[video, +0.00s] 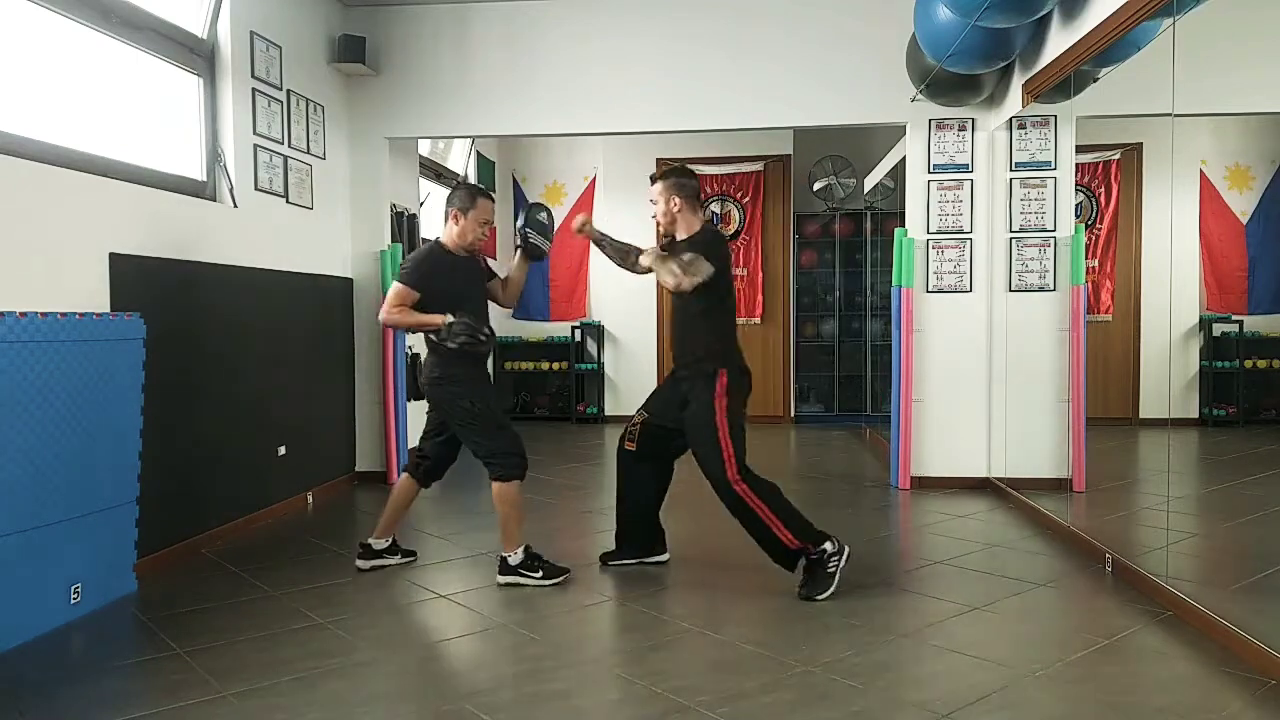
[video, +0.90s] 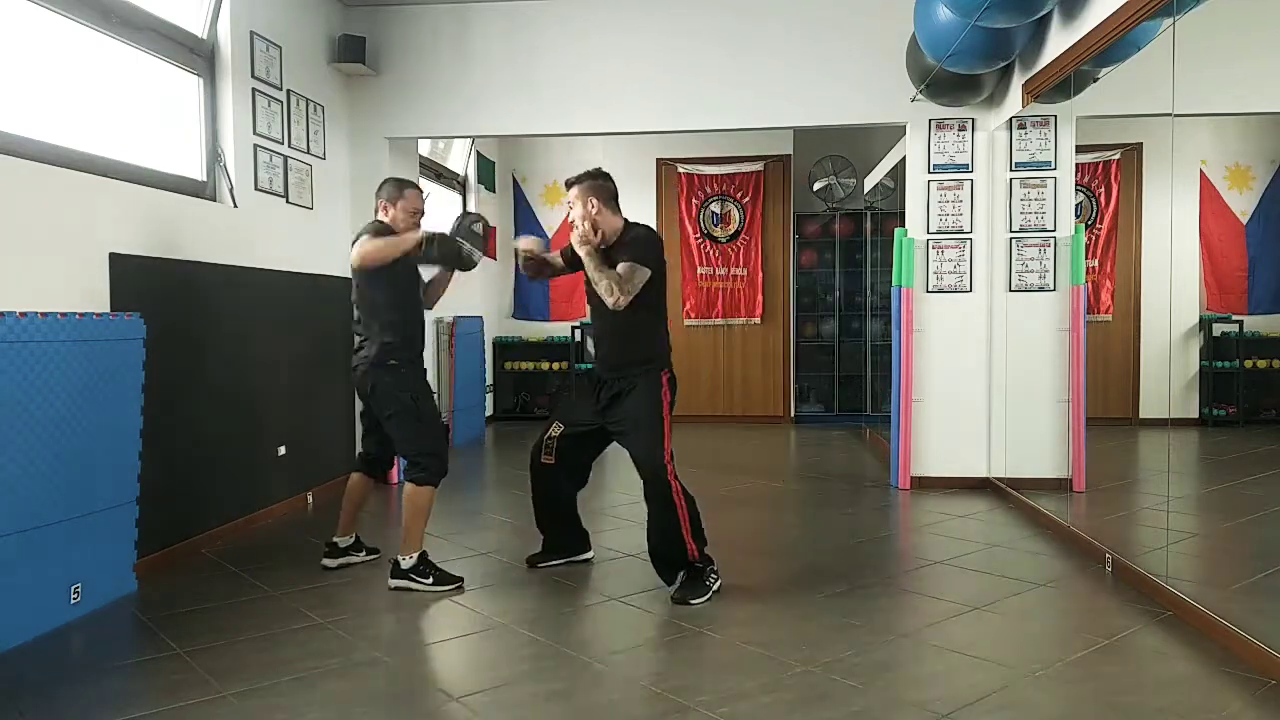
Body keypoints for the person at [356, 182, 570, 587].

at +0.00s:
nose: (488, 232)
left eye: (490, 225)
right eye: (483, 223)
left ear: (464, 222)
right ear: (456, 218)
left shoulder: (474, 262)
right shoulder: (425, 260)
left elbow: (507, 298)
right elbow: (390, 313)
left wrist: (526, 253)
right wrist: (443, 321)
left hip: (466, 376)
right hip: (450, 377)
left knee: (424, 463)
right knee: (507, 458)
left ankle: (377, 544)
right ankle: (514, 558)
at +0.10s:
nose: (476, 227)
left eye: (479, 220)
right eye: (471, 218)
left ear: (465, 218)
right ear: (444, 213)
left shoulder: (464, 258)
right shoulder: (419, 251)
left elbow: (498, 292)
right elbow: (366, 292)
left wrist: (524, 252)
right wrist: (417, 287)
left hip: (455, 376)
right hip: (446, 378)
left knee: (417, 460)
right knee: (497, 458)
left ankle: (377, 545)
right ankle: (481, 558)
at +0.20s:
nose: (474, 221)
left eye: (476, 214)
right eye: (470, 213)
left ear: (455, 210)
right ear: (442, 206)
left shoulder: (453, 255)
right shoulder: (419, 245)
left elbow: (486, 286)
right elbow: (380, 266)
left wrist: (509, 251)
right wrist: (429, 229)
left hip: (435, 370)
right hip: (439, 371)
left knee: (411, 455)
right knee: (478, 460)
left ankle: (375, 544)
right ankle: (458, 562)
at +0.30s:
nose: (466, 221)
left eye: (469, 214)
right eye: (462, 212)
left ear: (437, 209)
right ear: (438, 205)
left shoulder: (420, 240)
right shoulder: (427, 233)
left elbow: (457, 294)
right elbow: (464, 248)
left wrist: (491, 264)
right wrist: (488, 201)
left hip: (408, 363)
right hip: (432, 364)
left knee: (411, 451)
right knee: (467, 461)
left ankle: (371, 537)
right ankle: (457, 562)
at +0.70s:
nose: (439, 218)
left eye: (441, 211)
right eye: (436, 210)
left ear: (406, 209)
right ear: (414, 207)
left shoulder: (385, 245)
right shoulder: (409, 230)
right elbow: (454, 191)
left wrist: (436, 275)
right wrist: (501, 163)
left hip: (369, 361)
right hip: (397, 361)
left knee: (368, 455)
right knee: (431, 459)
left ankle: (343, 541)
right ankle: (423, 561)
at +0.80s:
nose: (432, 218)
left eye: (434, 212)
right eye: (427, 210)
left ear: (428, 213)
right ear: (407, 208)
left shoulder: (389, 247)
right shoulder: (392, 234)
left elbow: (401, 304)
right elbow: (396, 205)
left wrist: (438, 282)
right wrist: (444, 174)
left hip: (370, 362)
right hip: (396, 362)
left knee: (368, 455)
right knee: (430, 458)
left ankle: (343, 543)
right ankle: (424, 560)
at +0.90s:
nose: (418, 221)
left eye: (421, 215)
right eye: (412, 213)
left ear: (399, 213)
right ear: (386, 208)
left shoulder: (400, 250)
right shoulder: (375, 235)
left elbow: (424, 301)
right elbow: (361, 258)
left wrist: (451, 265)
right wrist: (421, 238)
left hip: (380, 366)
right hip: (392, 367)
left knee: (375, 455)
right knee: (428, 457)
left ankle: (342, 541)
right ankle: (410, 561)